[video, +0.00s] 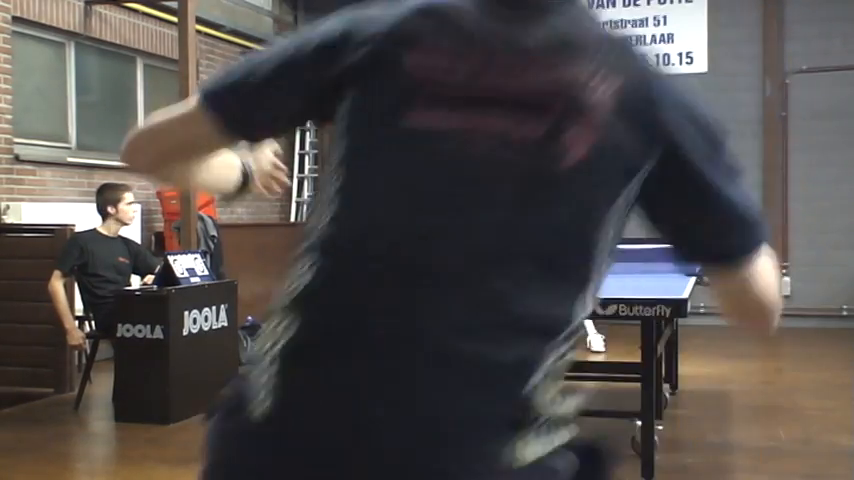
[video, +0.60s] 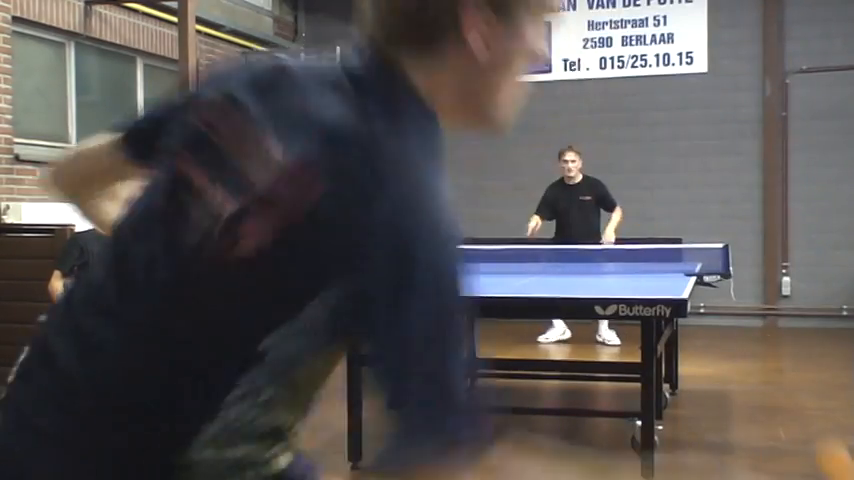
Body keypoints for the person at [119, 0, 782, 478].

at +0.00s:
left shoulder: (379, 35)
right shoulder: (639, 90)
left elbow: (148, 150)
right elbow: (761, 308)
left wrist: (232, 165)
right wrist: (726, 237)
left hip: (290, 434)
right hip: (489, 448)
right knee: (595, 452)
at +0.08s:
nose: (589, 24)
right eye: (590, 18)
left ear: (462, 1)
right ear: (577, 17)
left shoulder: (336, 77)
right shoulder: (565, 154)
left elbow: (149, 181)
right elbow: (711, 389)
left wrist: (276, 219)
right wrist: (741, 323)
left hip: (217, 443)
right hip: (398, 459)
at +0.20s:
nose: (578, 98)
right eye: (584, 80)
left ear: (449, 51)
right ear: (570, 95)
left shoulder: (330, 114)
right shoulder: (481, 233)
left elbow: (192, 170)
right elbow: (557, 463)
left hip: (101, 378)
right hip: (190, 448)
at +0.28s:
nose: (584, 151)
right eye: (588, 133)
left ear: (447, 98)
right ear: (570, 152)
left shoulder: (350, 162)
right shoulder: (441, 294)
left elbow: (234, 180)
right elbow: (453, 464)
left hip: (61, 386)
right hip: (117, 460)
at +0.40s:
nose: (569, 221)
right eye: (577, 205)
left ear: (436, 146)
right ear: (557, 221)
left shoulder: (343, 212)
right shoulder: (377, 376)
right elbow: (221, 463)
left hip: (50, 398)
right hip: (73, 461)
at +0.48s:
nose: (568, 210)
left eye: (576, 191)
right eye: (574, 191)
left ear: (434, 141)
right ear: (550, 205)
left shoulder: (339, 205)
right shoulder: (351, 345)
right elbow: (248, 469)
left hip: (50, 402)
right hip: (63, 462)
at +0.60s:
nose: (543, 56)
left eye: (546, 34)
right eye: (538, 30)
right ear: (477, 29)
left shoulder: (276, 73)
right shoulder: (402, 195)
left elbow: (76, 174)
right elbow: (441, 449)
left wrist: (171, 268)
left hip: (36, 415)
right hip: (154, 457)